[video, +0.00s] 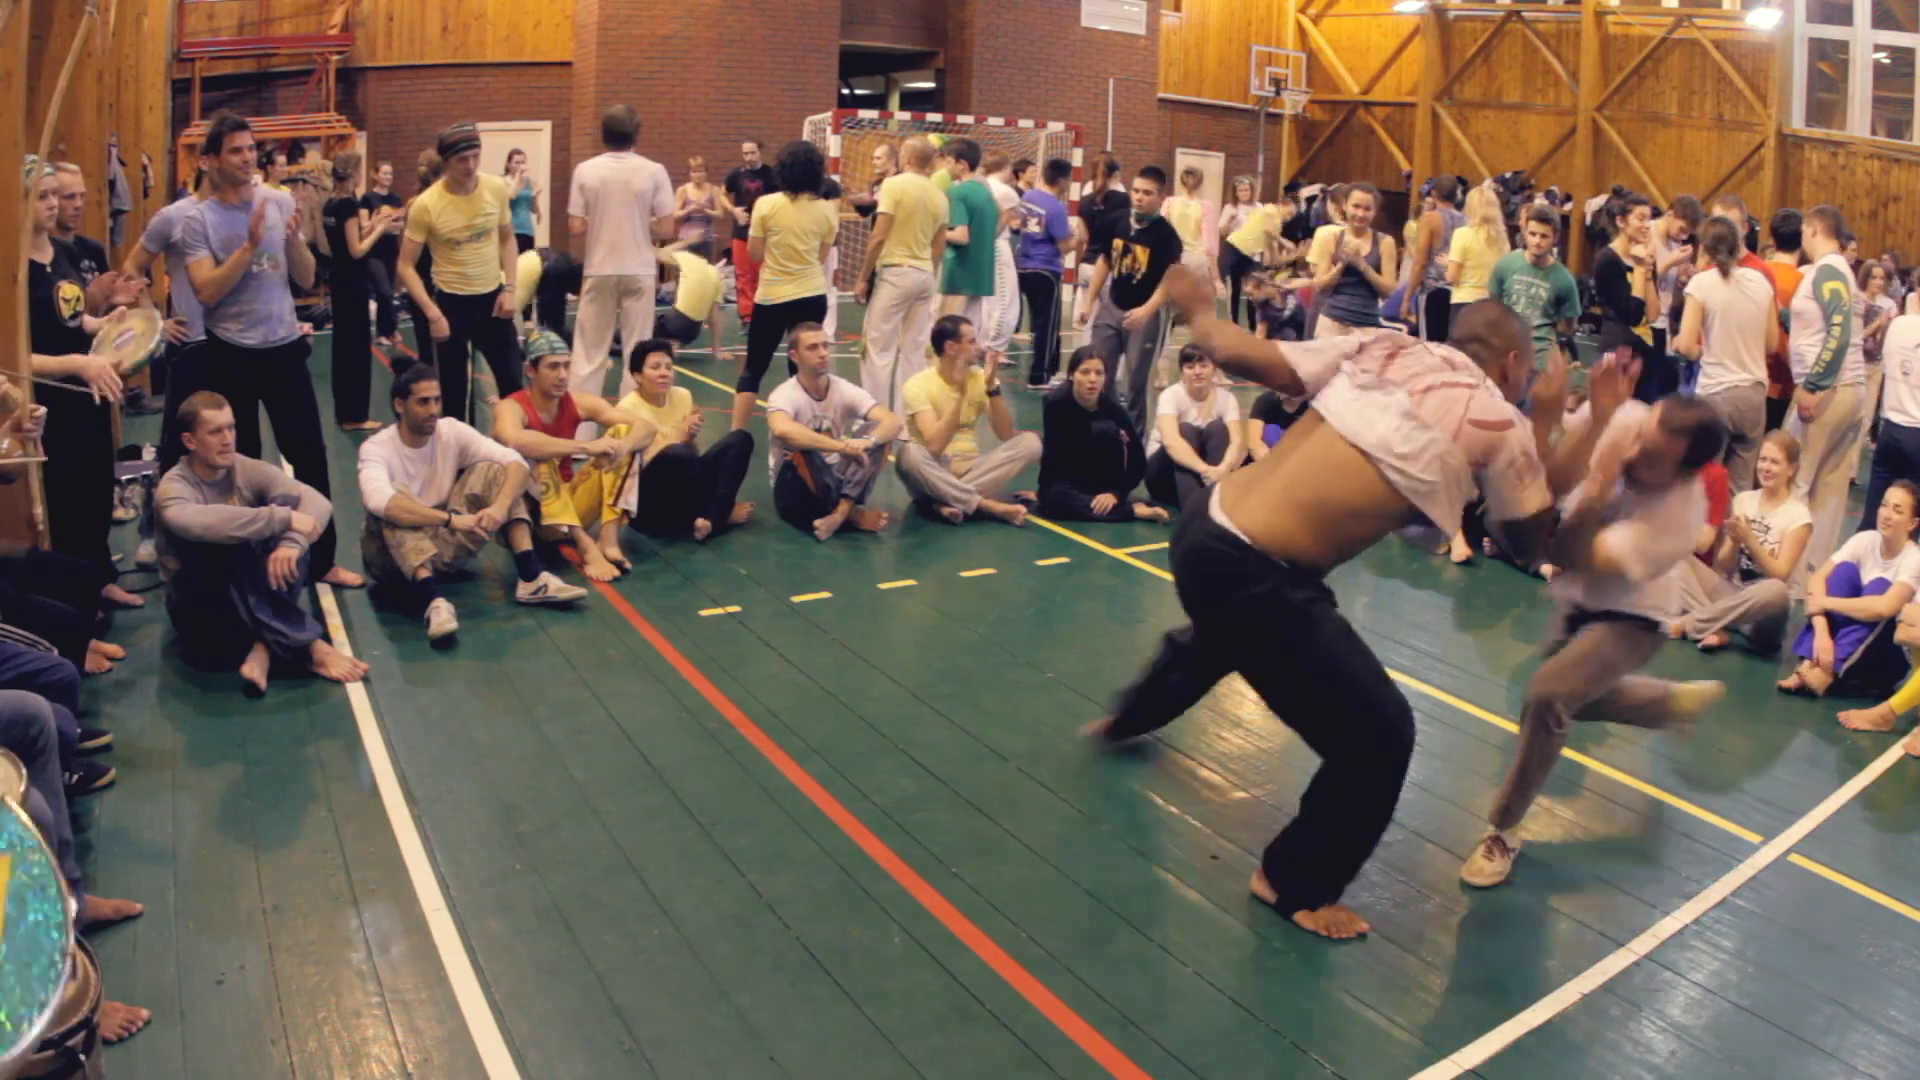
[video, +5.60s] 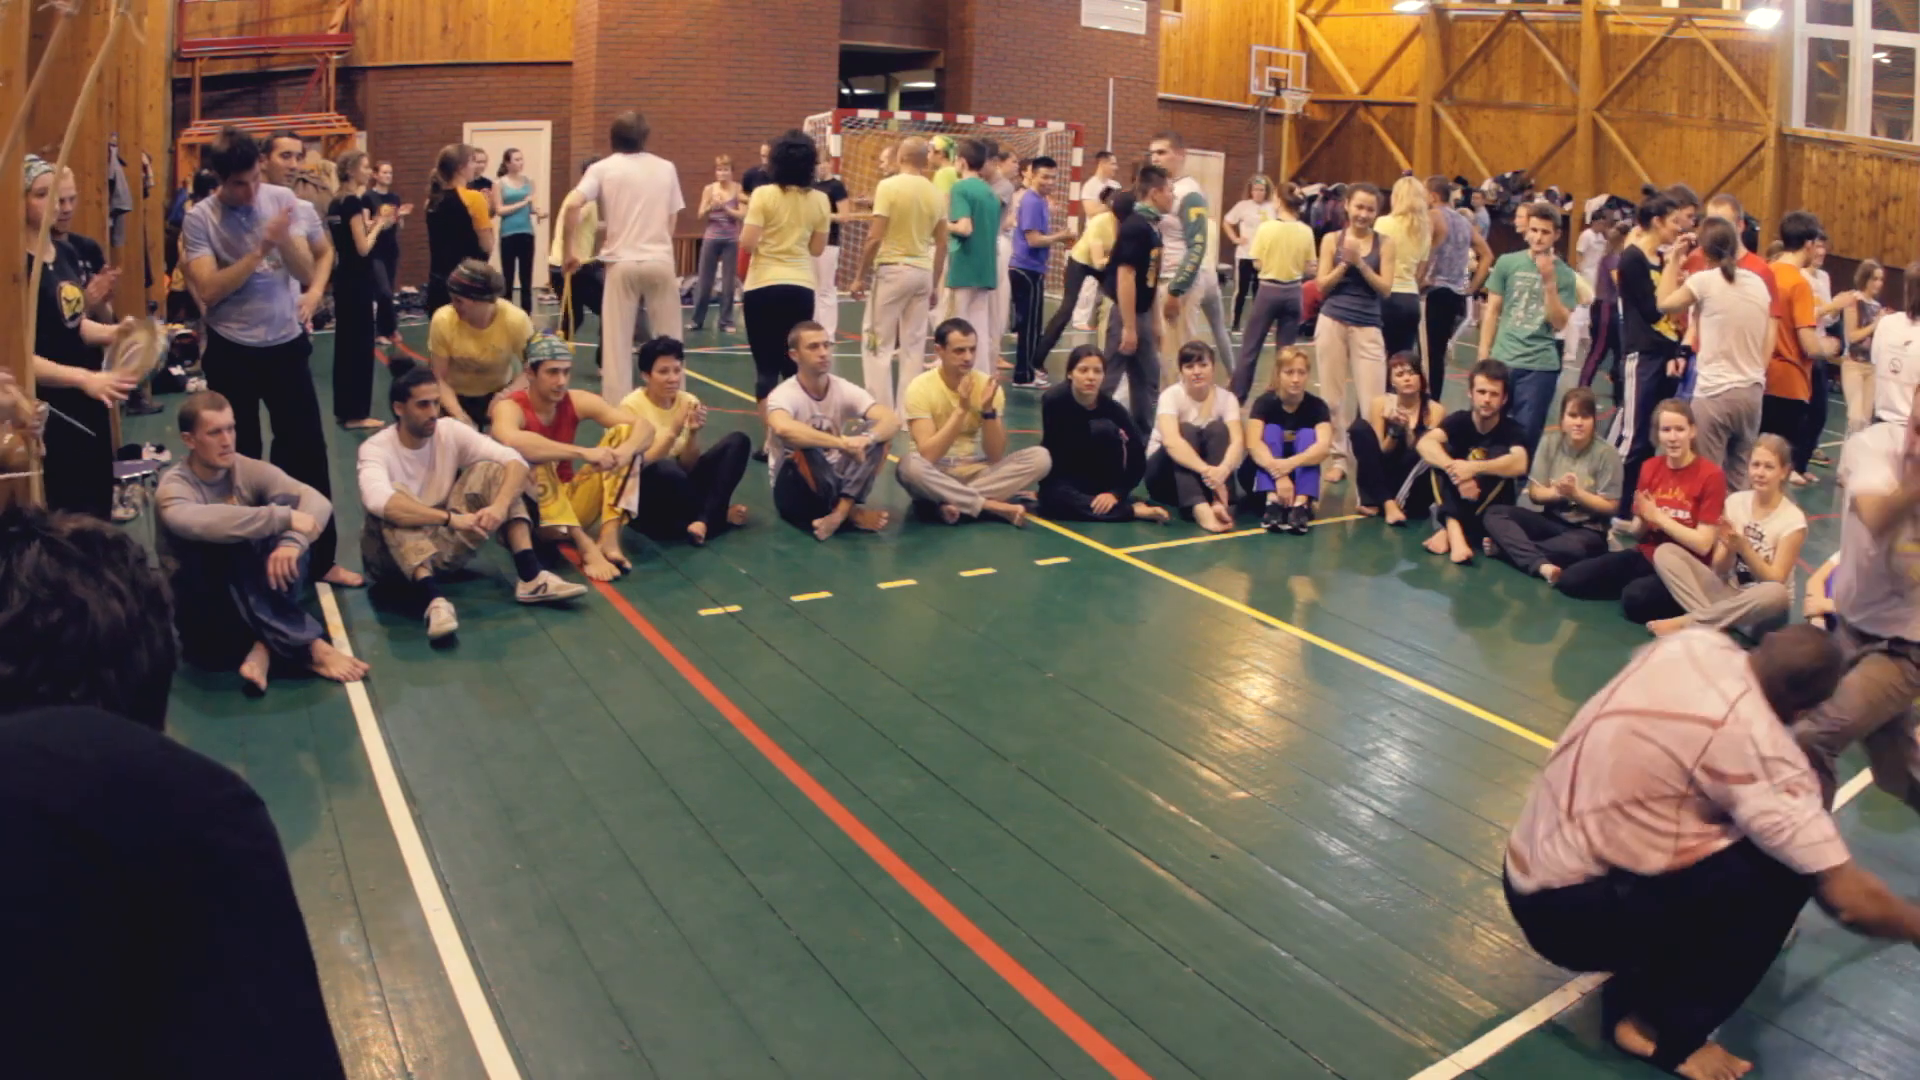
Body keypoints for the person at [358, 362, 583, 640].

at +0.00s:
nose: (433, 410)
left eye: (437, 401)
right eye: (423, 402)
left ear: (442, 400)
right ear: (399, 405)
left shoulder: (451, 430)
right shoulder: (376, 449)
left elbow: (517, 464)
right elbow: (379, 502)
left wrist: (500, 508)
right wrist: (451, 519)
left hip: (450, 548)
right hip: (398, 555)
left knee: (491, 471)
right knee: (396, 498)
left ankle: (531, 577)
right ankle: (434, 601)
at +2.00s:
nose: (432, 410)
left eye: (436, 401)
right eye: (422, 403)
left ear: (440, 400)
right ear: (398, 406)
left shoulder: (450, 431)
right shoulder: (376, 449)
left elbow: (516, 463)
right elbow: (380, 502)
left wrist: (500, 508)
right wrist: (449, 519)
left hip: (448, 547)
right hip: (397, 553)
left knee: (492, 470)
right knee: (395, 498)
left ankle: (532, 576)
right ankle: (434, 602)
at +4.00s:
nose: (434, 412)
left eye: (437, 402)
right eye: (424, 404)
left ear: (441, 401)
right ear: (399, 407)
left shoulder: (450, 430)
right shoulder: (375, 449)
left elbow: (516, 463)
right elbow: (380, 502)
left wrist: (500, 508)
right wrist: (449, 519)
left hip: (450, 545)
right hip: (399, 550)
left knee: (493, 469)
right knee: (395, 500)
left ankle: (532, 577)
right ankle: (434, 602)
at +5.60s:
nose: (433, 413)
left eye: (436, 403)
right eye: (423, 405)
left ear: (441, 402)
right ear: (398, 408)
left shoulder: (451, 431)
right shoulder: (376, 449)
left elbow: (516, 463)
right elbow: (378, 502)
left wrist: (500, 507)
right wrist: (450, 518)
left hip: (450, 545)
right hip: (399, 552)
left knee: (493, 470)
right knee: (396, 502)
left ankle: (531, 576)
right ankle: (434, 600)